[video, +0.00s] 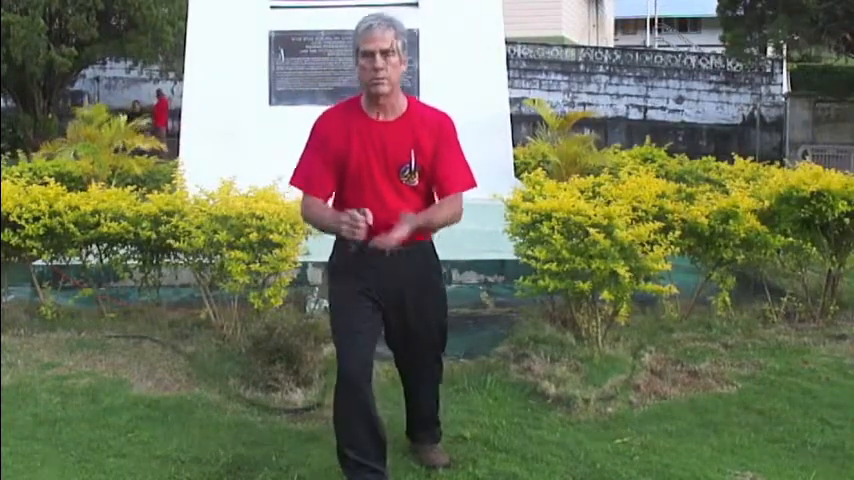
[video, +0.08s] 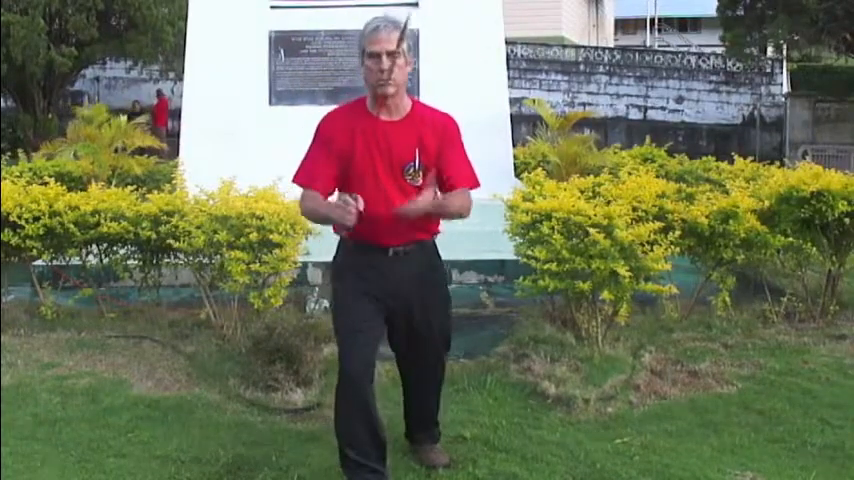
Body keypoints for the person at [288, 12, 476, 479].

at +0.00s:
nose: (377, 65)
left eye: (387, 55)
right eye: (367, 56)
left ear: (403, 62)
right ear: (355, 63)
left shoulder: (434, 124)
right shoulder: (332, 124)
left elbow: (454, 206)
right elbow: (310, 205)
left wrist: (414, 221)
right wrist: (339, 222)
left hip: (415, 263)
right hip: (353, 264)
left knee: (424, 361)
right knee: (352, 373)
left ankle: (426, 438)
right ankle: (365, 471)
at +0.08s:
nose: (383, 67)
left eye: (394, 57)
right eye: (373, 58)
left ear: (409, 63)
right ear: (361, 64)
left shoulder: (439, 125)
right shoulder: (338, 124)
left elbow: (464, 202)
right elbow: (308, 202)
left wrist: (435, 204)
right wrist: (333, 212)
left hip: (420, 264)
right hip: (358, 265)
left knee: (427, 360)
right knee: (354, 370)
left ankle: (425, 438)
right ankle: (365, 472)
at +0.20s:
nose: (396, 64)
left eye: (406, 55)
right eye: (386, 56)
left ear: (422, 61)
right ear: (375, 62)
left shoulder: (449, 123)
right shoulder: (348, 121)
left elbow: (487, 186)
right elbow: (306, 189)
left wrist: (470, 154)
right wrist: (322, 174)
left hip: (427, 261)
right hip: (366, 262)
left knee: (439, 357)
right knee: (361, 367)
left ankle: (426, 438)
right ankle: (366, 471)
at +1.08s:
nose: (375, 48)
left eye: (384, 40)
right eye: (366, 41)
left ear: (401, 50)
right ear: (355, 50)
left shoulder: (428, 109)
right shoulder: (333, 105)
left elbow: (475, 174)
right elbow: (299, 151)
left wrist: (446, 157)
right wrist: (258, 152)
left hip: (406, 241)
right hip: (347, 240)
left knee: (422, 343)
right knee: (335, 341)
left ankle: (427, 437)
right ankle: (333, 434)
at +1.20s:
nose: (365, 61)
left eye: (375, 52)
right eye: (357, 52)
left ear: (393, 62)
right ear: (347, 61)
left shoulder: (421, 119)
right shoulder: (328, 115)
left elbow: (467, 161)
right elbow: (289, 156)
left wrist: (490, 170)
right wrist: (235, 174)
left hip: (405, 247)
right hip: (344, 247)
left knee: (428, 340)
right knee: (333, 343)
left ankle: (434, 435)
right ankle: (333, 435)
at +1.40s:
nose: (376, 87)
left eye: (386, 79)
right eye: (367, 79)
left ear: (398, 89)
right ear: (354, 89)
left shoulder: (432, 143)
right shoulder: (330, 145)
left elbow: (502, 173)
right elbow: (286, 182)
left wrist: (563, 182)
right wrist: (237, 214)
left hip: (415, 265)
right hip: (352, 267)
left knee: (450, 352)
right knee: (331, 361)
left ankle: (487, 462)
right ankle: (333, 436)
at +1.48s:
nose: (390, 96)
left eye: (399, 88)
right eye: (380, 87)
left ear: (411, 98)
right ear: (364, 97)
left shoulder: (440, 153)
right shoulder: (339, 154)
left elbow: (511, 183)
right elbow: (294, 201)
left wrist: (575, 187)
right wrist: (245, 228)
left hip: (422, 272)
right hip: (359, 273)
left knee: (455, 356)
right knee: (335, 366)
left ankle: (497, 465)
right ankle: (334, 438)